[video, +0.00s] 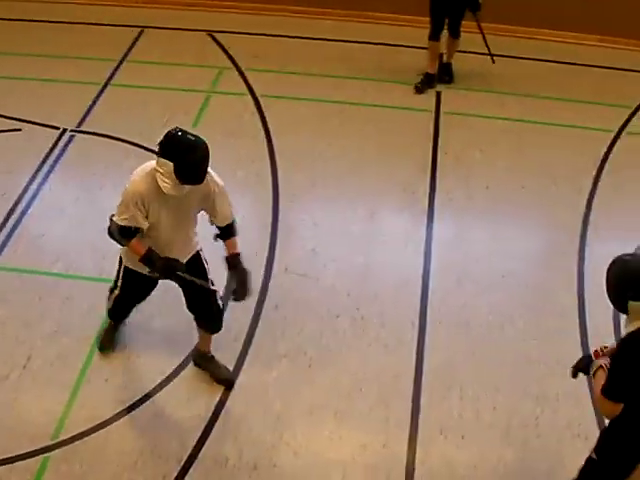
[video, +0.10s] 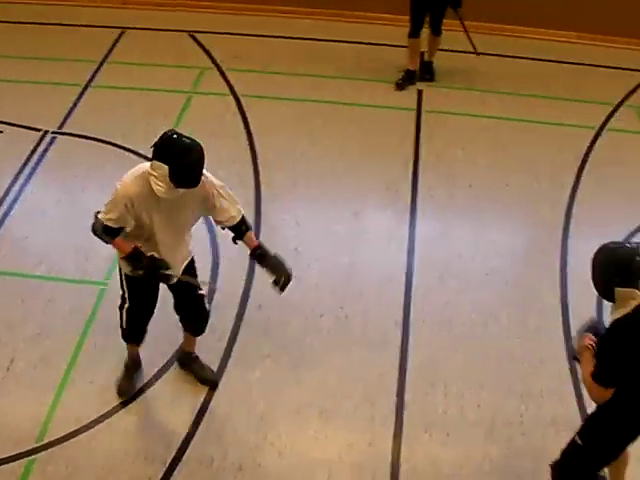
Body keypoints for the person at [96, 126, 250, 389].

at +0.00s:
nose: (192, 183)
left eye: (196, 177)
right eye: (187, 177)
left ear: (201, 168)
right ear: (170, 168)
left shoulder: (208, 185)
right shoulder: (141, 185)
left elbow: (226, 225)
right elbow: (120, 229)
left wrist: (235, 265)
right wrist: (152, 259)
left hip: (186, 254)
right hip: (142, 256)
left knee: (209, 312)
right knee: (122, 303)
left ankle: (203, 353)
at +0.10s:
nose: (189, 186)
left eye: (193, 180)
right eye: (183, 181)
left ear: (197, 172)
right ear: (165, 173)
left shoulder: (204, 187)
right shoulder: (133, 189)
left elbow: (235, 221)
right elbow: (104, 228)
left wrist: (264, 255)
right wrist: (139, 258)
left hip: (179, 256)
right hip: (137, 258)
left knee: (195, 312)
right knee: (136, 316)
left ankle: (188, 354)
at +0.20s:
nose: (181, 195)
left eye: (184, 189)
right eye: (175, 190)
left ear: (187, 182)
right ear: (155, 181)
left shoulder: (195, 193)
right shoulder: (121, 199)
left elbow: (229, 215)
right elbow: (83, 233)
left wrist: (259, 229)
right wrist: (113, 267)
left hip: (170, 264)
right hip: (130, 268)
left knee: (189, 321)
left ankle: (168, 353)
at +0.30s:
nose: (171, 209)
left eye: (175, 203)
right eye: (166, 203)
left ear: (180, 193)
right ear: (147, 193)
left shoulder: (186, 203)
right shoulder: (113, 214)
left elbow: (215, 221)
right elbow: (77, 252)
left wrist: (232, 220)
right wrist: (109, 287)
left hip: (167, 274)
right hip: (126, 284)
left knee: (210, 329)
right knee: (134, 352)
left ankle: (172, 349)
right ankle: (135, 408)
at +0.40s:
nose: (176, 210)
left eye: (179, 204)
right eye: (171, 205)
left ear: (180, 196)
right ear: (153, 196)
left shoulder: (181, 204)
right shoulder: (119, 218)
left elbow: (204, 228)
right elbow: (89, 269)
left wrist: (222, 236)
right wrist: (128, 294)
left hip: (173, 285)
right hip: (132, 300)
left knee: (216, 329)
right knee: (134, 375)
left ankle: (204, 365)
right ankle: (126, 410)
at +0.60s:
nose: (201, 216)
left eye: (202, 212)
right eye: (195, 213)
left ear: (198, 207)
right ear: (175, 206)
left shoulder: (198, 217)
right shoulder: (138, 225)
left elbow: (216, 241)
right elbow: (118, 286)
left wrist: (230, 241)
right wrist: (166, 286)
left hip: (178, 294)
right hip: (135, 303)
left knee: (221, 338)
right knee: (125, 379)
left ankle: (228, 378)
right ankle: (104, 411)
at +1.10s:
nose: (168, 227)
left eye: (172, 222)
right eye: (168, 221)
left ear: (172, 217)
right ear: (152, 208)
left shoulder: (168, 220)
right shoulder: (115, 231)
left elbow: (184, 245)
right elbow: (110, 296)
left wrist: (206, 258)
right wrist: (162, 289)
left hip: (151, 297)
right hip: (111, 312)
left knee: (210, 333)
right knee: (97, 383)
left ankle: (210, 365)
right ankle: (76, 387)